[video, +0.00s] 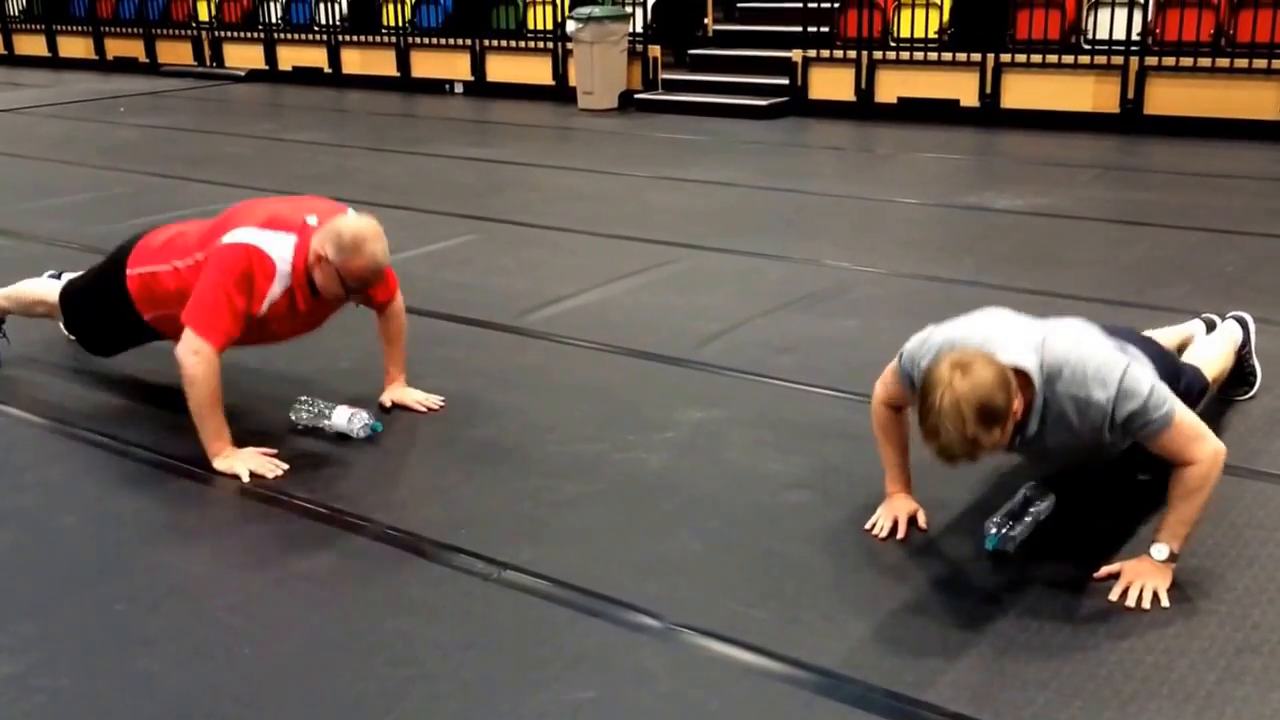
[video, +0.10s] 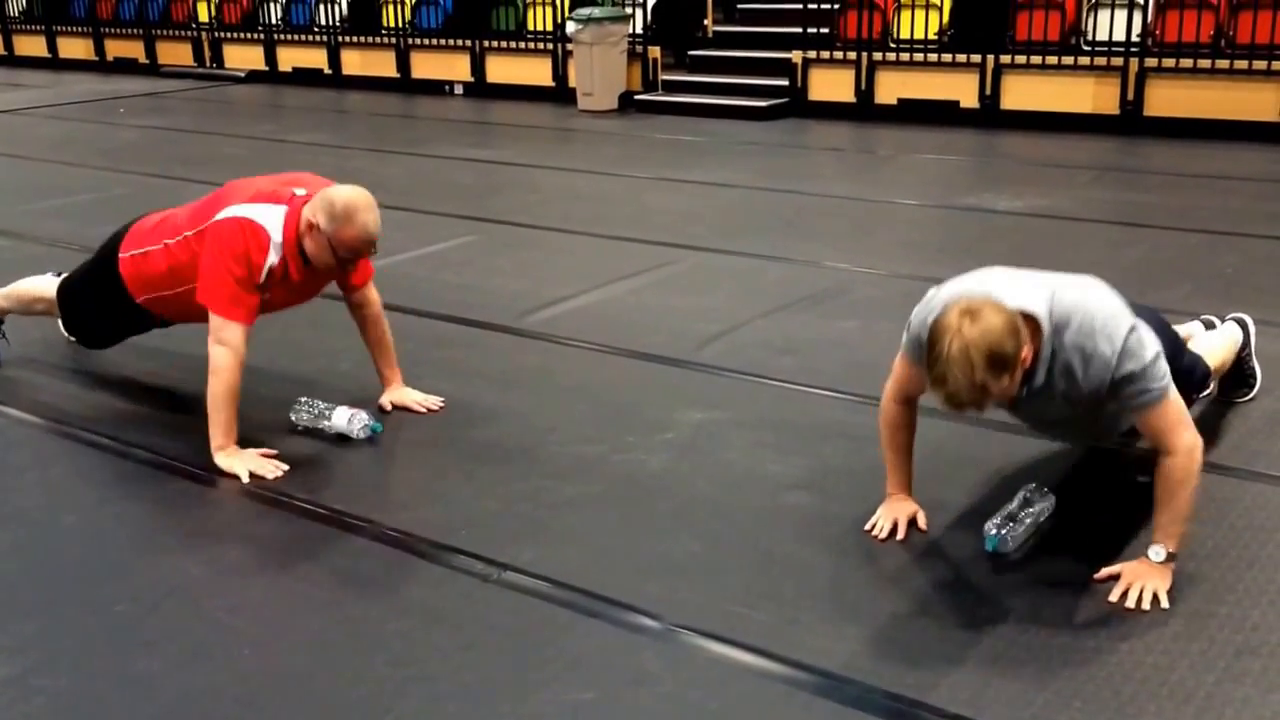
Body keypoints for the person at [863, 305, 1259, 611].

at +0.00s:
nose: (991, 458)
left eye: (995, 447)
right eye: (974, 454)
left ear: (1017, 403)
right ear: (943, 411)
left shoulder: (1104, 383)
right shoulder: (931, 353)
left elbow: (1206, 454)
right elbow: (886, 400)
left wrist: (1160, 556)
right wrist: (897, 492)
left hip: (1135, 372)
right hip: (1082, 346)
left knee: (1194, 377)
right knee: (1141, 348)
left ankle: (1233, 332)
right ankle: (1200, 326)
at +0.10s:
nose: (985, 409)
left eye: (991, 397)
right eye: (970, 401)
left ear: (1022, 355)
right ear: (948, 356)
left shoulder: (1110, 343)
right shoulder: (934, 319)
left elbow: (1183, 447)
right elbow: (898, 397)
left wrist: (1159, 558)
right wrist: (897, 492)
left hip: (1145, 356)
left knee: (1196, 370)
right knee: (1167, 347)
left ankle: (1236, 335)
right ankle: (1206, 329)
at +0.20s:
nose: (988, 383)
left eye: (998, 371)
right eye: (973, 374)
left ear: (1029, 328)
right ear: (949, 340)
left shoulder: (1115, 326)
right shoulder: (935, 309)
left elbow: (1162, 445)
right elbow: (906, 398)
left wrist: (1156, 558)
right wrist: (898, 493)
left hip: (1144, 363)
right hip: (1059, 386)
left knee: (1196, 369)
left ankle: (1235, 338)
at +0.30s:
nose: (985, 402)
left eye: (993, 387)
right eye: (972, 393)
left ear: (1024, 346)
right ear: (951, 360)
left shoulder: (1112, 344)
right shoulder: (931, 327)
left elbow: (1183, 450)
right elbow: (899, 401)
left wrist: (1159, 561)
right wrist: (897, 495)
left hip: (1144, 364)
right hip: (1058, 391)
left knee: (1197, 360)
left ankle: (1235, 337)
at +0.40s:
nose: (985, 446)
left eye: (990, 436)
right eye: (971, 440)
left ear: (1017, 397)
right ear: (941, 401)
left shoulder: (1100, 383)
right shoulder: (928, 357)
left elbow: (1205, 458)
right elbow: (884, 404)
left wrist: (1160, 561)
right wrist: (896, 497)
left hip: (1138, 379)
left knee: (1195, 383)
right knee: (1143, 356)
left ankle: (1233, 338)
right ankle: (1199, 331)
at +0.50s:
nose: (978, 499)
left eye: (982, 490)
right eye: (964, 494)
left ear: (1010, 453)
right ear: (931, 427)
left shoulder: (1099, 418)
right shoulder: (940, 380)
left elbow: (1217, 468)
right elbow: (880, 404)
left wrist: (1161, 564)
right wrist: (895, 497)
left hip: (1133, 395)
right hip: (1059, 370)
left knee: (1191, 393)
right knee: (1129, 370)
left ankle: (1232, 339)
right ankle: (1194, 334)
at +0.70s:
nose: (987, 491)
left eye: (989, 482)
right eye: (973, 488)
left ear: (1012, 443)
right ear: (935, 429)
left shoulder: (1105, 413)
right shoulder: (939, 377)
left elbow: (1214, 469)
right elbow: (882, 406)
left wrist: (1160, 567)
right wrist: (896, 499)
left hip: (1135, 395)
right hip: (1071, 368)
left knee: (1191, 394)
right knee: (1128, 366)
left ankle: (1232, 342)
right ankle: (1193, 337)